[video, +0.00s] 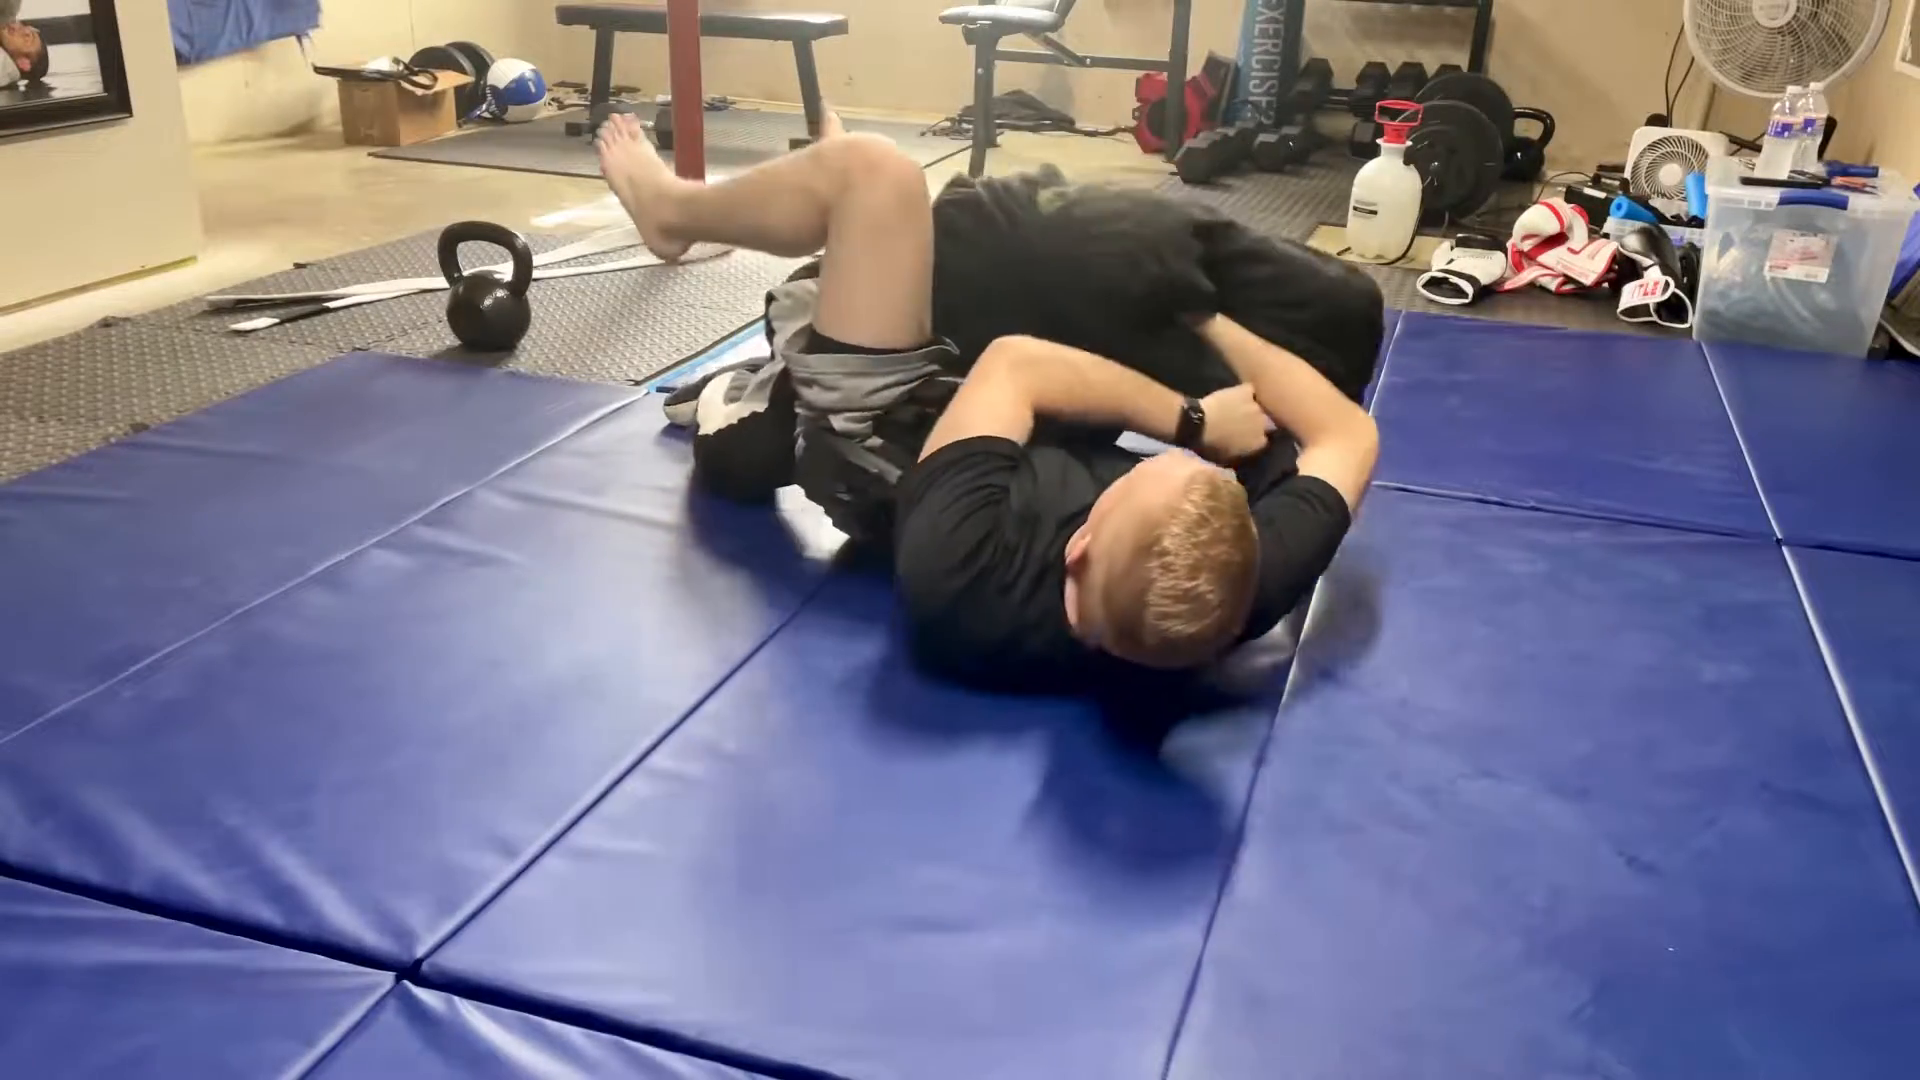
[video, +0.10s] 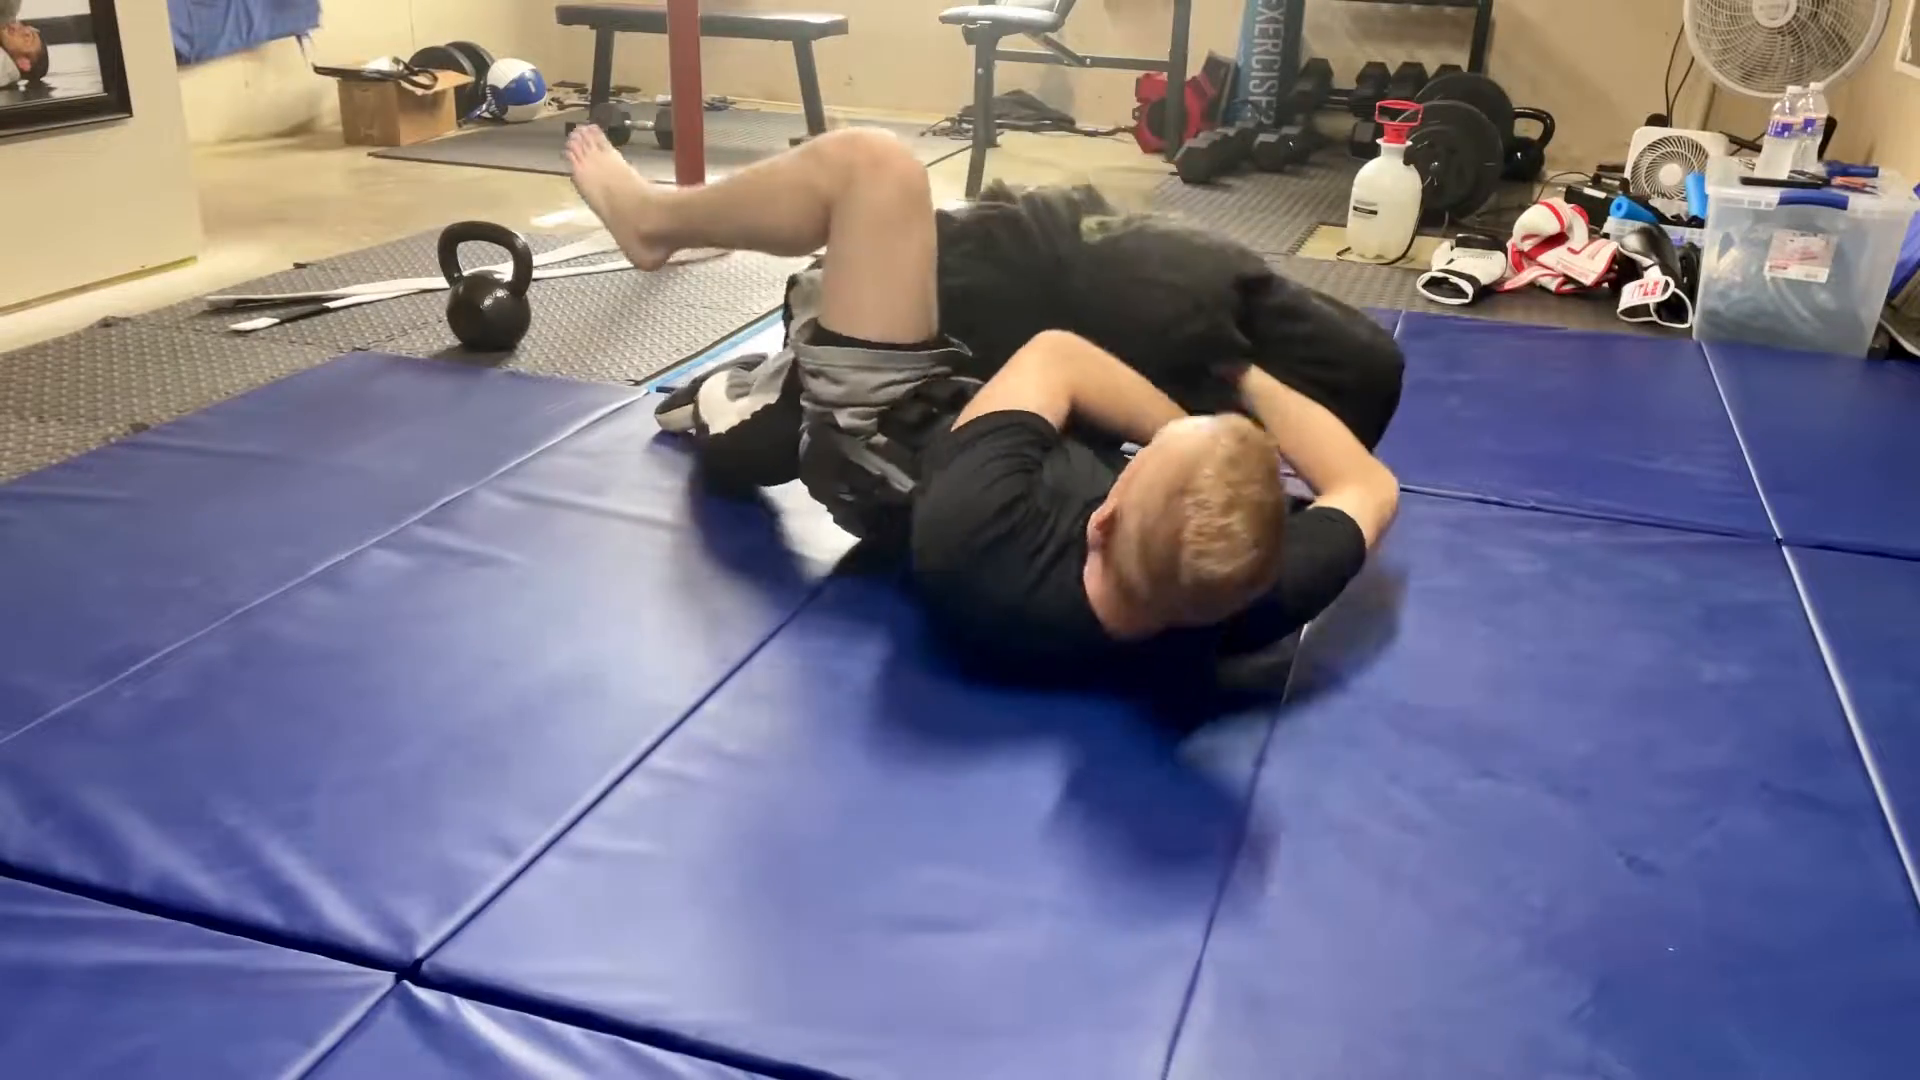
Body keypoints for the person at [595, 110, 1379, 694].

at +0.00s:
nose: (1151, 472)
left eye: (1145, 486)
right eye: (1175, 478)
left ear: (1081, 555)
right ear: (1238, 567)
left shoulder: (963, 585)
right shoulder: (1255, 574)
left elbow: (1015, 365)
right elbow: (1348, 436)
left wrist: (1196, 417)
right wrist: (1204, 316)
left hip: (887, 442)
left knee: (875, 170)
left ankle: (674, 212)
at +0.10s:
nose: (1186, 416)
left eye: (1153, 461)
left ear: (1108, 515)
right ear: (1241, 584)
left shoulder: (984, 548)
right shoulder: (1259, 598)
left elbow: (1058, 353)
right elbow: (1371, 490)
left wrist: (1181, 427)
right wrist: (1243, 381)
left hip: (897, 453)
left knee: (877, 164)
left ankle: (657, 219)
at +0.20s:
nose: (1172, 367)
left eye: (1182, 374)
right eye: (1204, 357)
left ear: (1134, 436)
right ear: (1265, 497)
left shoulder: (1012, 493)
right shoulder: (1274, 582)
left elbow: (1080, 334)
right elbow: (1369, 545)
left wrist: (1179, 415)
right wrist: (1262, 436)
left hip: (888, 443)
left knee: (857, 144)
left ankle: (636, 245)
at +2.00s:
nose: (1296, 195)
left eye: (1314, 173)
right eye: (1311, 171)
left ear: (1367, 196)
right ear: (1417, 218)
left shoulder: (1246, 284)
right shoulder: (1430, 398)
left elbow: (1038, 198)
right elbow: (1289, 574)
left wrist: (1094, 118)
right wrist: (1235, 461)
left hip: (978, 490)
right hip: (1087, 552)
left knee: (760, 226)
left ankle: (718, 499)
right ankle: (752, 415)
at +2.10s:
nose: (1310, 187)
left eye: (1333, 167)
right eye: (1320, 165)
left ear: (1414, 182)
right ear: (1438, 193)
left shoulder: (1363, 244)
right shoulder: (1462, 371)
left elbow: (1107, 246)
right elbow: (1308, 570)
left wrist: (1089, 156)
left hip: (1080, 518)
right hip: (1157, 584)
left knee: (797, 264)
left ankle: (663, 493)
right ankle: (744, 429)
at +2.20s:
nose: (1290, 193)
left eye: (1314, 166)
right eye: (1297, 168)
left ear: (1408, 163)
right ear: (1419, 177)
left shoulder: (1396, 235)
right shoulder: (1461, 304)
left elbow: (1171, 304)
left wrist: (1091, 215)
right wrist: (1170, 258)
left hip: (1202, 580)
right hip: (1248, 592)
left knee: (898, 341)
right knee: (914, 385)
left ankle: (638, 534)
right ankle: (718, 496)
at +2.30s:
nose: (1288, 203)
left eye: (1309, 170)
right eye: (1282, 180)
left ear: (1403, 141)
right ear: (1391, 159)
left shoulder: (1438, 216)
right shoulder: (1419, 269)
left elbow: (1302, 333)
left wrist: (1130, 284)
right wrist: (1150, 291)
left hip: (1269, 583)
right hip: (1243, 569)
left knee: (991, 362)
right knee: (966, 491)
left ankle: (635, 538)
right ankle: (676, 542)